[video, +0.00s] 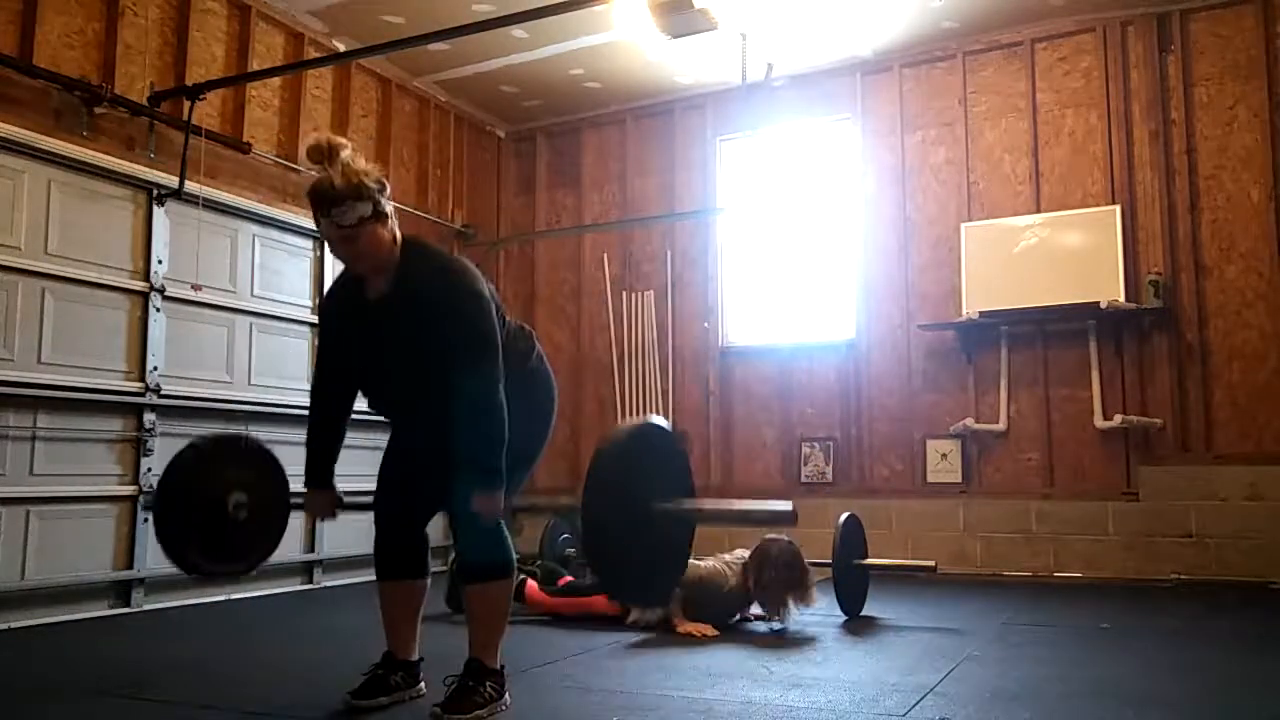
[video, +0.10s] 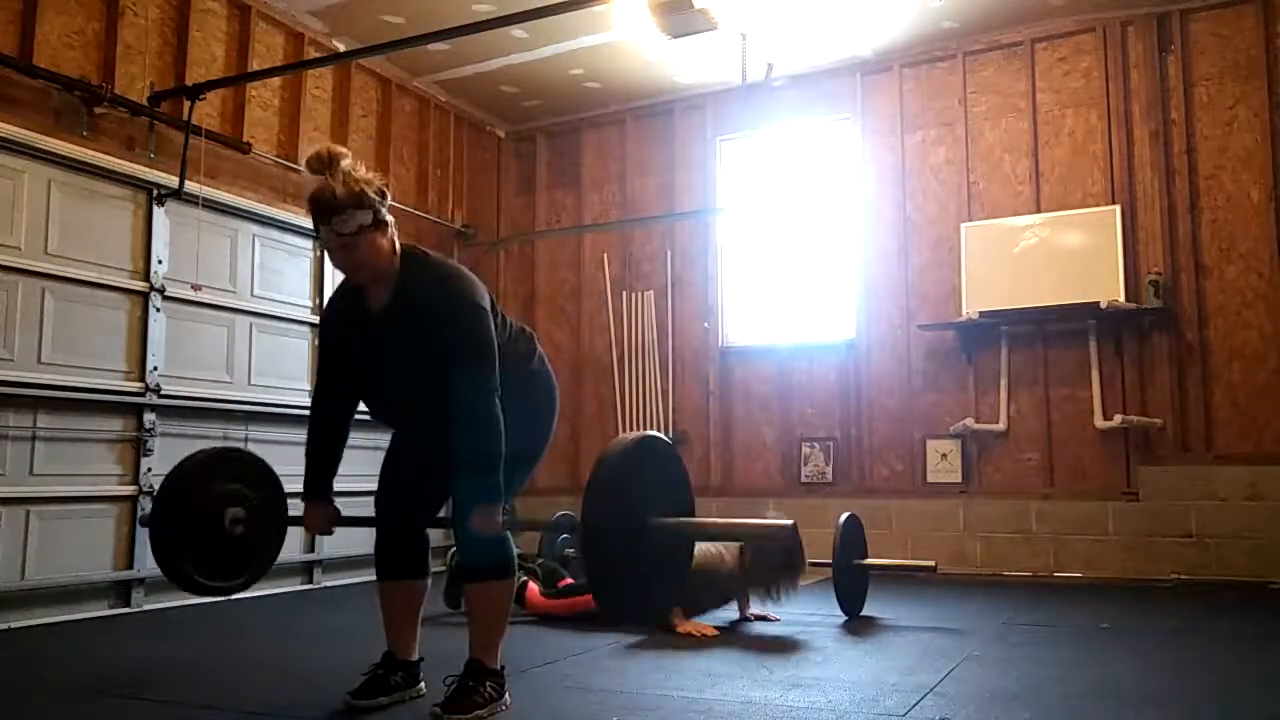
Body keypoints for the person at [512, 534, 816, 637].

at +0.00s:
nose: (784, 590)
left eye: (788, 584)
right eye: (782, 583)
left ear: (776, 571)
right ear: (765, 574)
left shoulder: (755, 570)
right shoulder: (718, 579)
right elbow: (665, 574)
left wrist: (750, 607)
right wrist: (680, 619)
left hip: (652, 595)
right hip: (635, 599)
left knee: (601, 592)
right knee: (550, 604)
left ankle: (561, 581)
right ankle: (524, 584)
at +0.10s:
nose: (778, 581)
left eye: (783, 576)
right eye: (780, 575)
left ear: (766, 557)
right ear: (769, 565)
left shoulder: (740, 561)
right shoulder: (717, 566)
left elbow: (736, 581)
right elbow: (662, 577)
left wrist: (747, 609)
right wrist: (677, 620)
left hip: (639, 595)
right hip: (621, 595)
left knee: (572, 597)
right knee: (542, 604)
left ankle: (546, 583)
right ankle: (519, 581)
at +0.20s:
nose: (769, 546)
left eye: (774, 536)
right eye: (770, 536)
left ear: (757, 515)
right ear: (754, 525)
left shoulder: (735, 545)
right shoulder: (706, 538)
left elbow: (737, 574)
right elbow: (670, 572)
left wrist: (746, 611)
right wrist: (676, 614)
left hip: (646, 585)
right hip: (613, 580)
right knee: (540, 606)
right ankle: (525, 586)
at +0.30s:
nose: (763, 538)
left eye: (770, 532)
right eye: (765, 530)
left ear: (760, 521)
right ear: (752, 518)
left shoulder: (734, 527)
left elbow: (737, 565)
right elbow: (663, 567)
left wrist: (744, 609)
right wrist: (679, 620)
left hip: (643, 547)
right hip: (606, 551)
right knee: (539, 594)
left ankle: (559, 562)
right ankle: (504, 568)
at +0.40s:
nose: (760, 529)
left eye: (766, 525)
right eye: (762, 521)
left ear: (759, 509)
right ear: (750, 505)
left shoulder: (738, 511)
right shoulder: (701, 507)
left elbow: (739, 559)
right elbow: (675, 566)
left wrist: (744, 608)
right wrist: (680, 621)